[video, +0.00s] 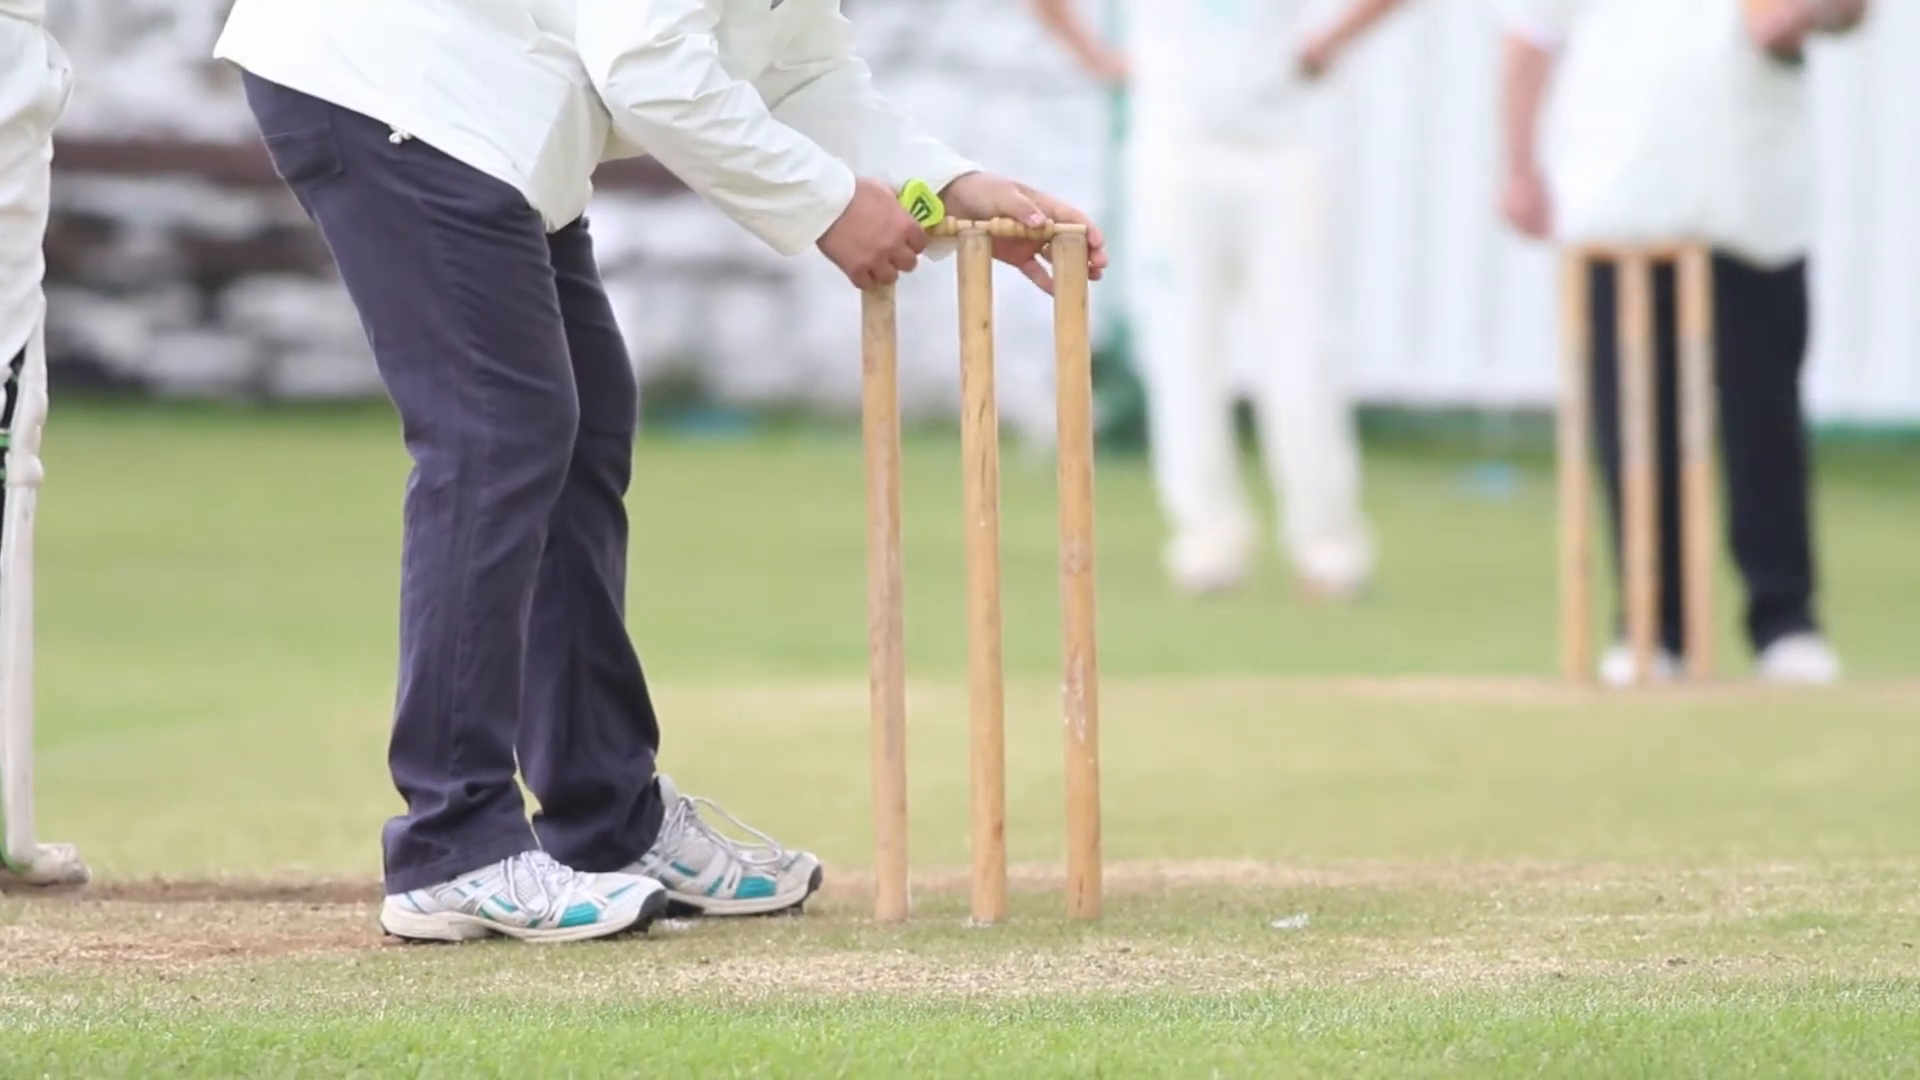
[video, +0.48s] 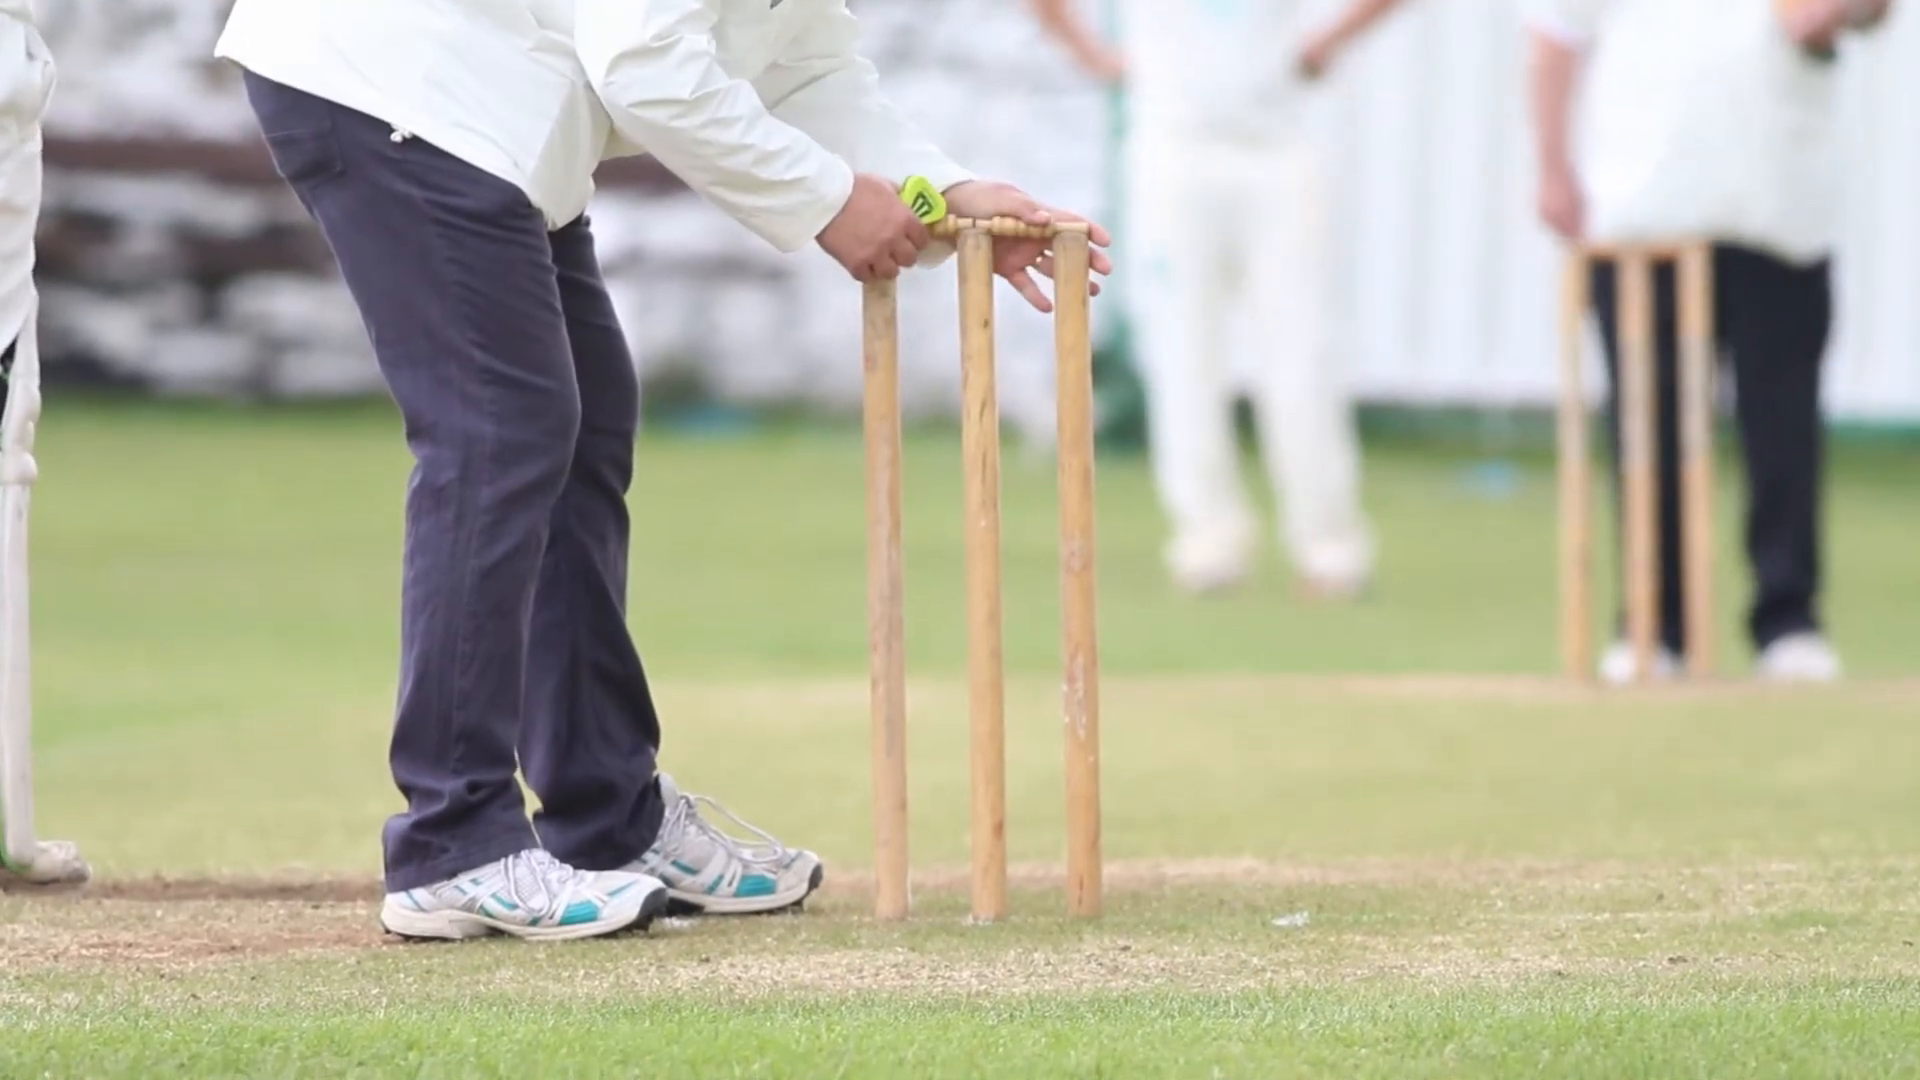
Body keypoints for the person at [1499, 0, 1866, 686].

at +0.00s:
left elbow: (1855, 10)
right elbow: (1530, 27)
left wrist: (1805, 13)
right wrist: (1521, 165)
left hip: (1754, 197)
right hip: (1616, 198)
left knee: (1763, 426)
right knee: (1632, 437)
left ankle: (1785, 628)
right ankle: (1651, 635)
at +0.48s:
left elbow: (1877, 10)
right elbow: (1556, 26)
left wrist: (1835, 13)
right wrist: (1555, 168)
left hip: (1783, 199)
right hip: (1639, 201)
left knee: (1782, 436)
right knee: (1647, 440)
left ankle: (1789, 629)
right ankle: (1652, 636)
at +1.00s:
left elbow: (1870, 22)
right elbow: (1613, 26)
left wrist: (1892, 14)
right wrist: (1606, 164)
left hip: (1833, 201)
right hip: (1694, 196)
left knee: (1811, 436)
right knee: (1682, 433)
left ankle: (1795, 627)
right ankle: (1662, 633)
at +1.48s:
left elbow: (1892, 29)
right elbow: (1634, 23)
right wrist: (1621, 155)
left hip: (1849, 194)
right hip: (1714, 186)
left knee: (1822, 421)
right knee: (1736, 408)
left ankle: (1797, 624)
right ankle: (1728, 624)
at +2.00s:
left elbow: (1879, 24)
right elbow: (1624, 24)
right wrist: (1612, 160)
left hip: (1836, 199)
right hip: (1696, 193)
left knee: (1812, 434)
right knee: (1678, 426)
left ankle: (1796, 624)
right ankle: (1642, 618)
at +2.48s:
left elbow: (1882, 6)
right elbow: (1558, 20)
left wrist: (1832, 9)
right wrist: (1545, 155)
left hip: (1777, 182)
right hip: (1632, 176)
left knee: (1777, 416)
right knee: (1629, 417)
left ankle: (1790, 620)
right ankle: (1624, 621)